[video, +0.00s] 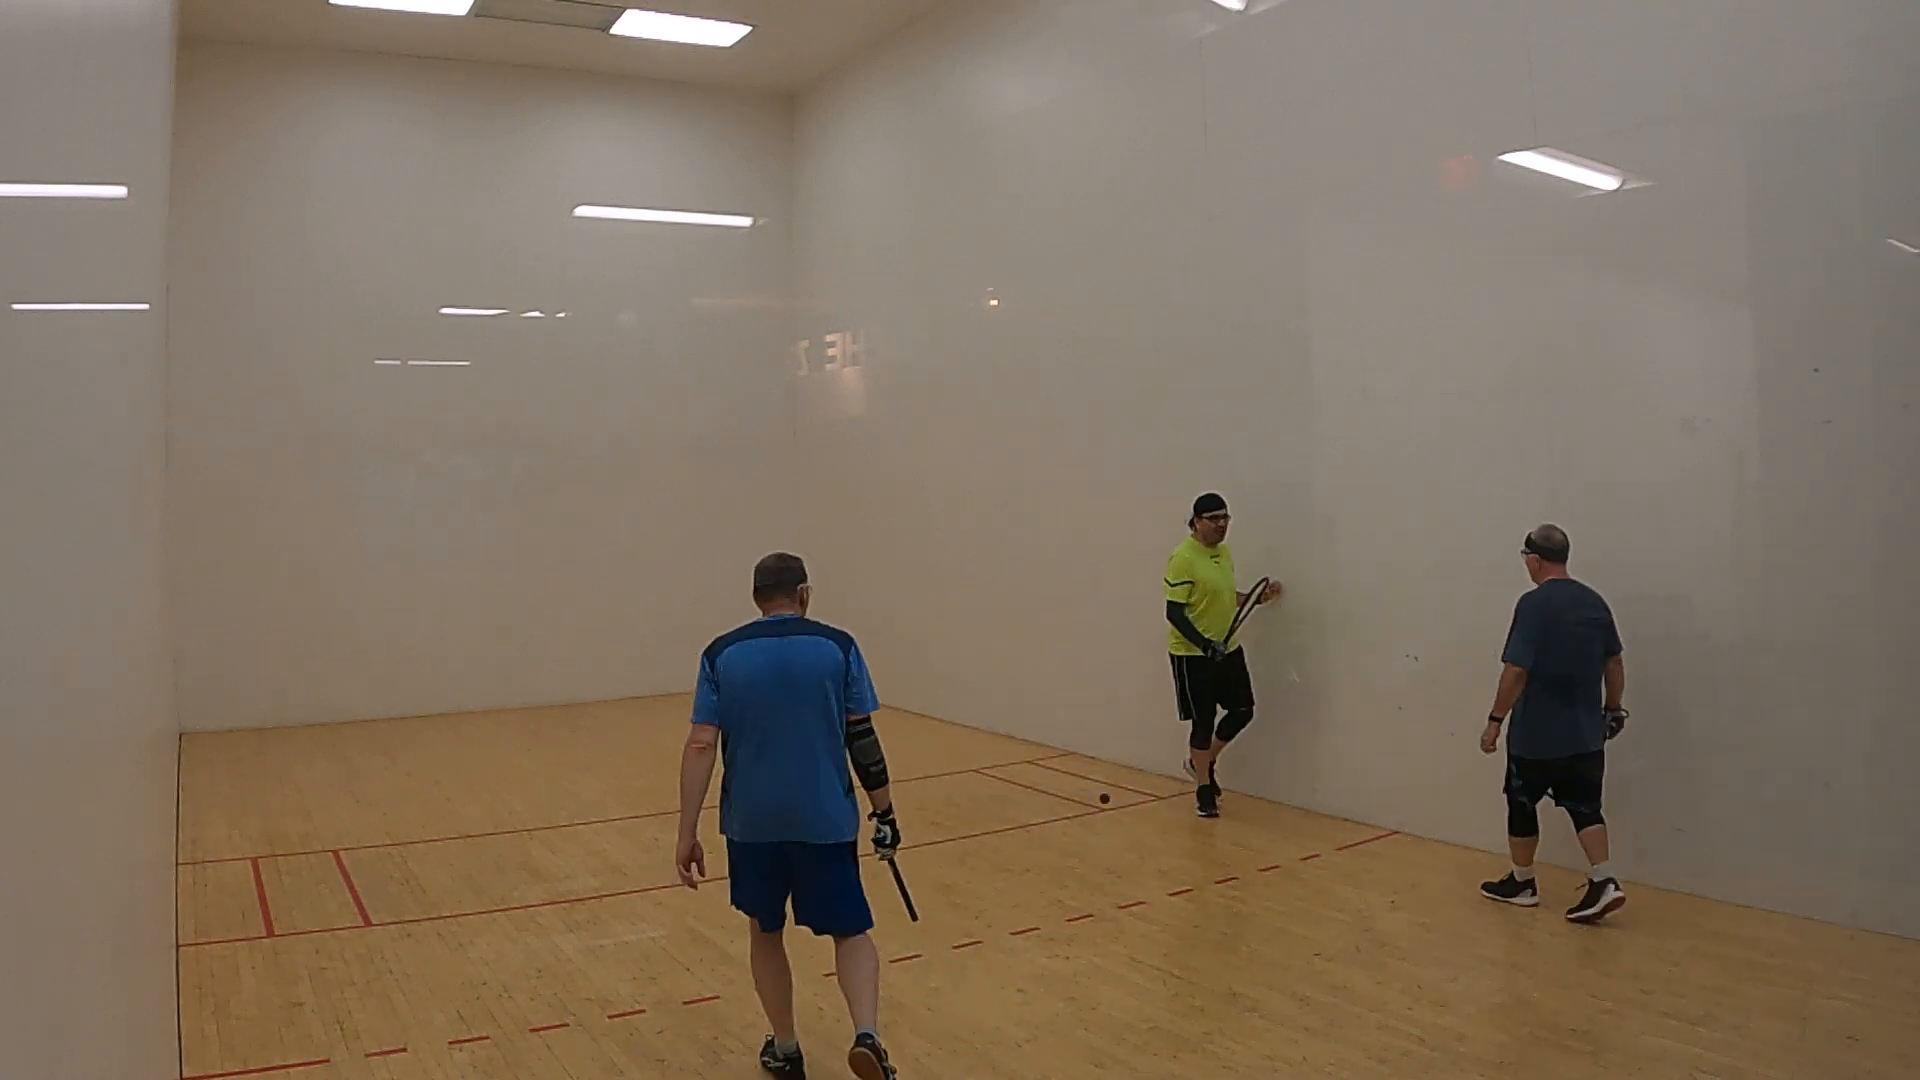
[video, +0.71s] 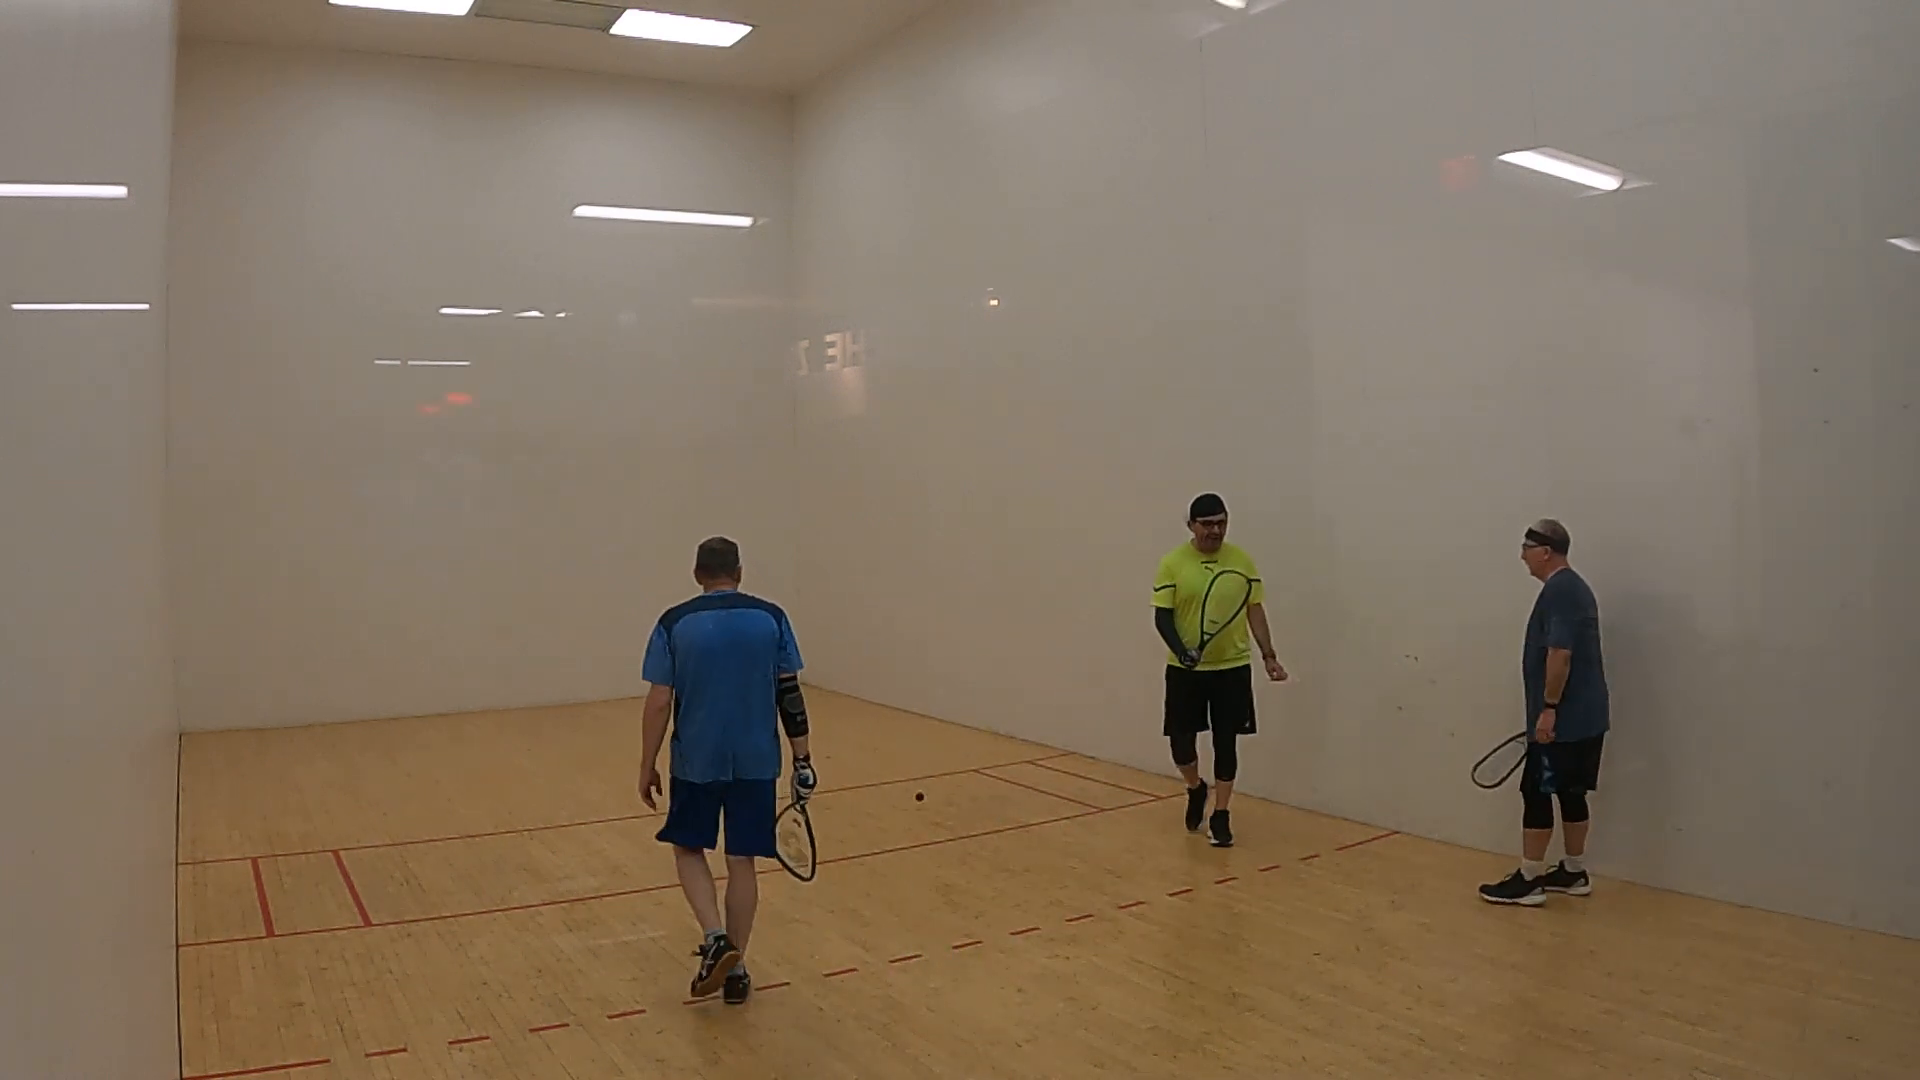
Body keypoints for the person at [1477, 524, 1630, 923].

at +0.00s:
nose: (1525, 561)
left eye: (1526, 556)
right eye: (1526, 555)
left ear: (1536, 559)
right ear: (1564, 558)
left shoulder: (1533, 604)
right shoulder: (1594, 602)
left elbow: (1516, 670)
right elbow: (1614, 661)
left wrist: (1495, 719)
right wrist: (1614, 709)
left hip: (1536, 732)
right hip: (1585, 732)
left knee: (1520, 799)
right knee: (1584, 805)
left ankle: (1521, 882)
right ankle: (1603, 883)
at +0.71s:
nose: (1522, 555)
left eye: (1527, 548)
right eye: (1523, 548)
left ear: (1547, 551)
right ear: (1553, 552)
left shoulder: (1560, 591)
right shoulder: (1573, 588)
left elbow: (1559, 655)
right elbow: (1569, 657)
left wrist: (1549, 709)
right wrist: (1541, 712)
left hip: (1559, 718)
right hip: (1581, 717)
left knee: (1536, 792)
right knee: (1572, 792)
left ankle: (1529, 878)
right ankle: (1573, 871)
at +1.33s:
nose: (1553, 563)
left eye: (1560, 558)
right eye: (1552, 556)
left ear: (1584, 560)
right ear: (1561, 558)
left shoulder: (1614, 605)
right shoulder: (1563, 600)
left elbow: (1629, 670)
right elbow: (1553, 660)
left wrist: (1628, 727)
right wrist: (1540, 706)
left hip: (1597, 732)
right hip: (1560, 726)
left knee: (1595, 809)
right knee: (1560, 798)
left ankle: (1600, 890)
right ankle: (1568, 865)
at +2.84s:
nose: (1626, 592)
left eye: (1634, 584)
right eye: (1616, 583)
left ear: (1644, 582)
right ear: (1598, 579)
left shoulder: (1661, 631)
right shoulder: (1564, 627)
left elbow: (1679, 704)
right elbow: (1539, 698)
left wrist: (1689, 769)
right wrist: (1527, 760)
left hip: (1635, 784)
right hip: (1574, 777)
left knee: (1620, 881)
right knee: (1559, 872)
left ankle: (1598, 967)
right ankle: (1555, 918)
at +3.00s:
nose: (1636, 586)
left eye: (1645, 578)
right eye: (1627, 577)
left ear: (1656, 581)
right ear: (1608, 578)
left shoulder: (1674, 632)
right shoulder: (1574, 630)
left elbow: (1702, 698)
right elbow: (1547, 701)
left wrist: (1720, 757)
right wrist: (1533, 766)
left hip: (1649, 786)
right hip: (1588, 782)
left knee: (1626, 881)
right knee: (1583, 881)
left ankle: (1600, 969)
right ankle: (1575, 970)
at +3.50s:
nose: (1674, 606)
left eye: (1682, 596)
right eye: (1662, 596)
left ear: (1691, 594)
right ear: (1639, 591)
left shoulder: (1703, 642)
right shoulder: (1601, 645)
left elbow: (1716, 722)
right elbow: (1570, 725)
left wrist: (1719, 785)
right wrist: (1561, 797)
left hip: (1685, 811)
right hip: (1617, 813)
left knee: (1697, 909)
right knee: (1616, 921)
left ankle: (1659, 974)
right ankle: (1615, 1015)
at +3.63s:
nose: (1691, 605)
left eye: (1699, 595)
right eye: (1679, 595)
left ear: (1707, 594)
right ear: (1653, 593)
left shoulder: (1715, 643)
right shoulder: (1614, 650)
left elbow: (1713, 724)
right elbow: (1581, 735)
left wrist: (1707, 793)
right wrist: (1576, 810)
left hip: (1697, 819)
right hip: (1626, 821)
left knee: (1711, 930)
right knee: (1618, 930)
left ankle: (1695, 1031)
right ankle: (1616, 1018)